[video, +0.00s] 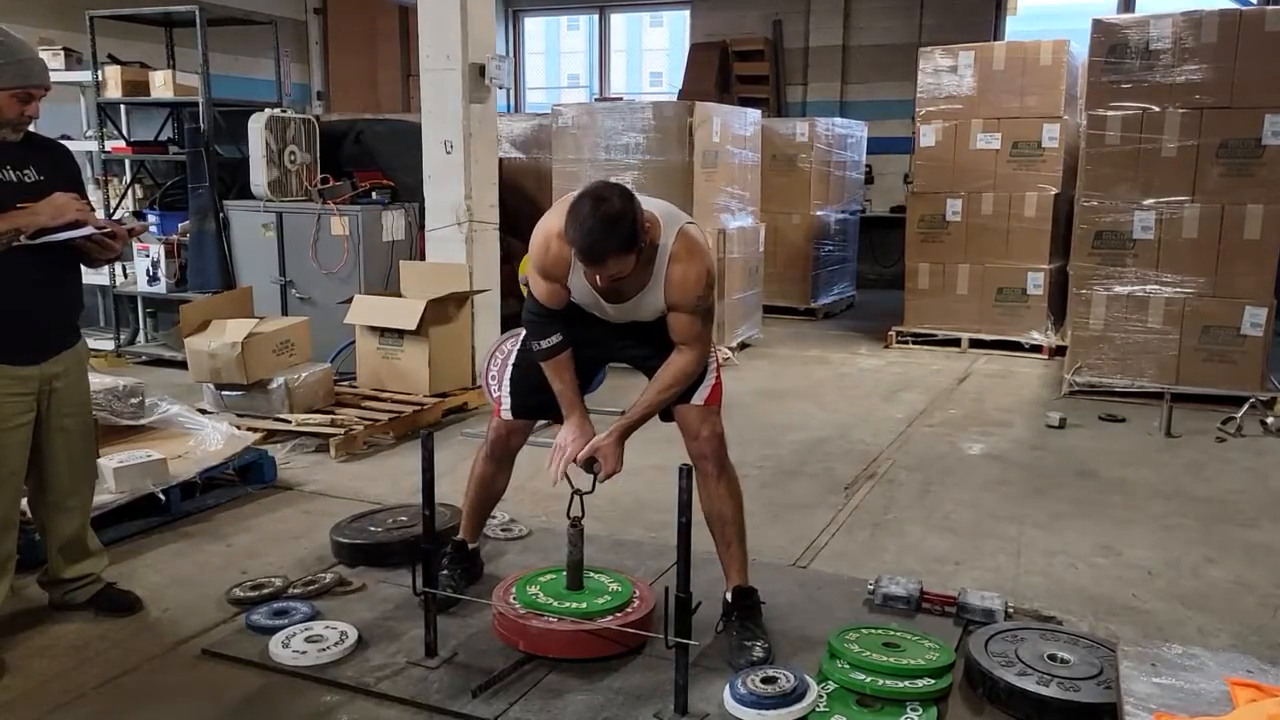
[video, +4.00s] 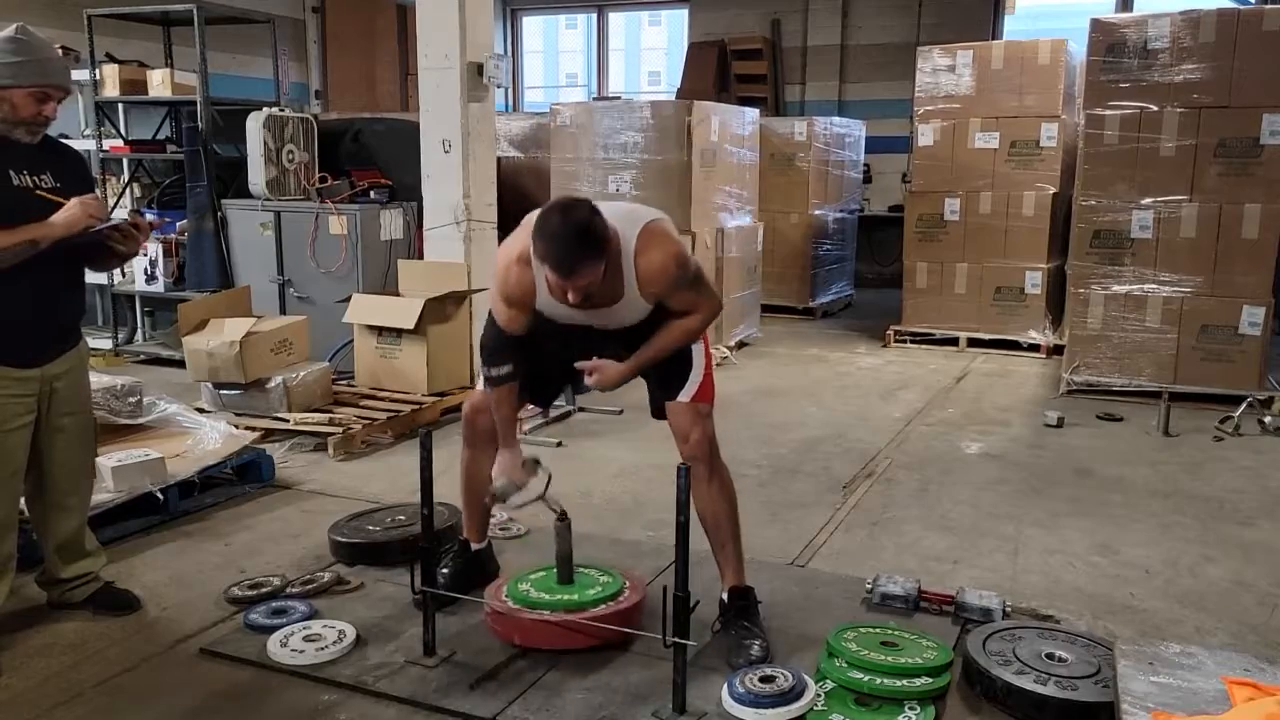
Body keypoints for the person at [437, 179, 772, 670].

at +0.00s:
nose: (602, 282)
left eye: (615, 275)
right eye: (592, 273)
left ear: (643, 242)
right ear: (574, 243)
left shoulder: (687, 260)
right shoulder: (551, 240)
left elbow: (691, 353)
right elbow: (544, 329)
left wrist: (620, 432)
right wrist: (576, 417)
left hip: (659, 327)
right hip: (578, 319)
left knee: (708, 444)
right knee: (502, 431)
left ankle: (741, 598)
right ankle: (463, 549)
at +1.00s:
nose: (593, 300)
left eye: (607, 291)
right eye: (581, 292)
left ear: (630, 260)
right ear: (562, 266)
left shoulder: (671, 268)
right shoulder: (534, 264)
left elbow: (687, 352)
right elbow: (498, 333)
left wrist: (620, 428)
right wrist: (557, 422)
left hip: (652, 324)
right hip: (557, 322)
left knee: (701, 442)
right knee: (497, 434)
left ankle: (739, 596)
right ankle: (461, 549)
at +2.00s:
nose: (597, 315)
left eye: (610, 304)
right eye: (584, 306)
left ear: (633, 275)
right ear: (562, 280)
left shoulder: (676, 283)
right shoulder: (534, 278)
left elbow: (693, 360)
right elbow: (484, 352)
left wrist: (621, 435)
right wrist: (552, 437)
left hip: (656, 329)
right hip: (563, 328)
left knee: (706, 443)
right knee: (498, 433)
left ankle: (739, 598)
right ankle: (462, 549)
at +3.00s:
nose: (603, 200)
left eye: (618, 190)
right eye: (591, 188)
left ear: (643, 161)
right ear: (572, 157)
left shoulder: (678, 190)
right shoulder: (547, 180)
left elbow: (720, 274)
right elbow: (528, 287)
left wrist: (629, 287)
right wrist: (554, 391)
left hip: (657, 320)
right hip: (568, 313)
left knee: (692, 459)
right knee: (489, 431)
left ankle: (737, 606)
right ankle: (474, 555)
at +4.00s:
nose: (574, 296)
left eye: (586, 284)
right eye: (560, 286)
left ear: (609, 253)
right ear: (538, 260)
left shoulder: (659, 257)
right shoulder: (514, 266)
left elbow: (705, 306)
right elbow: (501, 356)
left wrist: (629, 367)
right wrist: (508, 449)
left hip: (651, 319)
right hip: (557, 326)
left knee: (697, 440)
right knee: (478, 412)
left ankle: (737, 597)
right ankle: (474, 550)